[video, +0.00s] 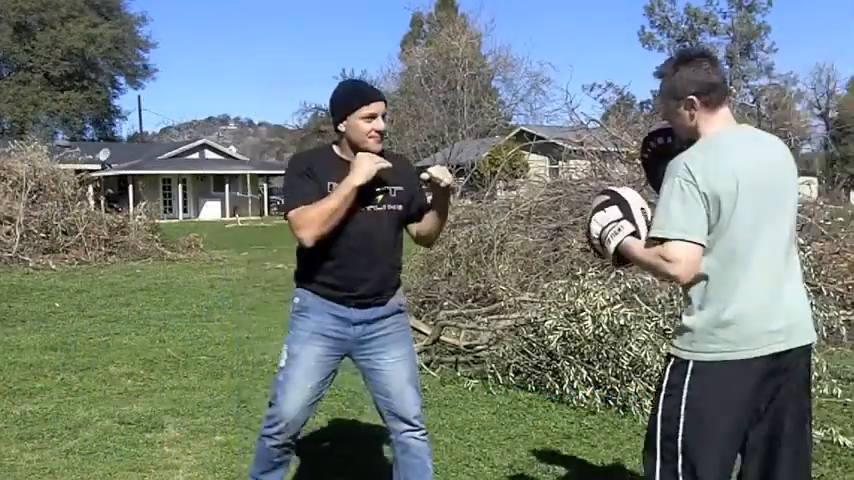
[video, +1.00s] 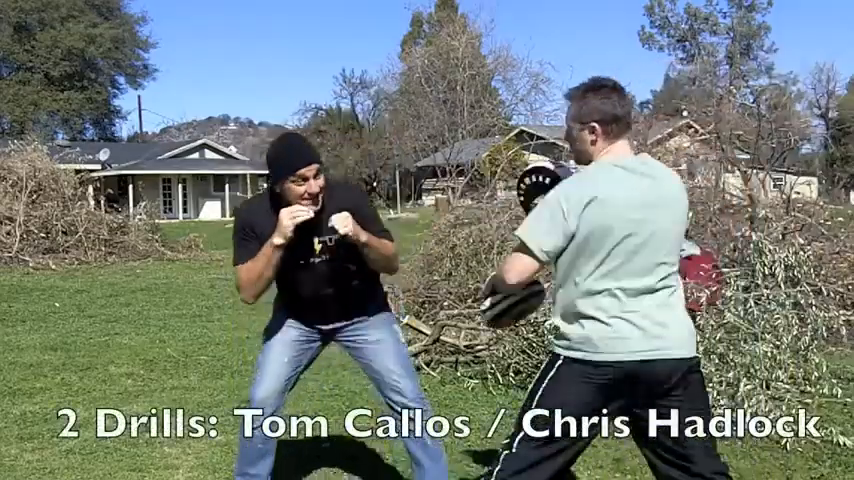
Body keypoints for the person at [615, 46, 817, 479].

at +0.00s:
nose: (665, 123)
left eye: (666, 113)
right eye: (662, 114)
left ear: (691, 106)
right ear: (722, 99)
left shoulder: (691, 165)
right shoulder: (778, 150)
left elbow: (680, 267)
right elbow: (748, 234)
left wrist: (625, 244)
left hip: (717, 352)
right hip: (792, 344)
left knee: (682, 469)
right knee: (783, 469)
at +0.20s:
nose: (665, 115)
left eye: (666, 104)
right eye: (663, 105)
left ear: (688, 100)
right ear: (720, 94)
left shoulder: (679, 160)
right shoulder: (773, 153)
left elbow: (658, 254)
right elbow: (747, 229)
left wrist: (613, 229)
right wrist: (674, 175)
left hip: (699, 345)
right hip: (775, 339)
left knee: (674, 467)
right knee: (772, 466)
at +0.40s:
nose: (650, 123)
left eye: (652, 112)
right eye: (649, 112)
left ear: (675, 114)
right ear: (710, 111)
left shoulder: (664, 172)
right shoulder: (754, 173)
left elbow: (626, 266)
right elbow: (718, 244)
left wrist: (575, 239)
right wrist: (662, 176)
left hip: (662, 348)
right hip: (738, 348)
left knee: (599, 451)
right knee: (738, 459)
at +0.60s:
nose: (589, 128)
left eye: (591, 117)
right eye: (589, 117)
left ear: (609, 118)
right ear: (644, 114)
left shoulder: (584, 178)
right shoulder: (692, 174)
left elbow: (511, 236)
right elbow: (695, 238)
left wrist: (495, 189)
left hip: (598, 352)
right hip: (684, 352)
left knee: (544, 460)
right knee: (714, 462)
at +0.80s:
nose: (525, 172)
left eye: (525, 163)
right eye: (525, 163)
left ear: (540, 162)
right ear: (578, 153)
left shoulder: (528, 209)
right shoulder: (637, 208)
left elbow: (452, 213)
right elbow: (642, 267)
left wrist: (413, 194)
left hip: (563, 374)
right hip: (644, 375)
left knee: (485, 462)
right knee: (675, 461)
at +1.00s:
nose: (568, 141)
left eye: (570, 132)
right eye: (567, 131)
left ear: (594, 133)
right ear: (626, 127)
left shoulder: (576, 189)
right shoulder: (672, 184)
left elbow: (515, 273)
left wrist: (497, 288)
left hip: (590, 358)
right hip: (672, 356)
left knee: (524, 468)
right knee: (700, 470)